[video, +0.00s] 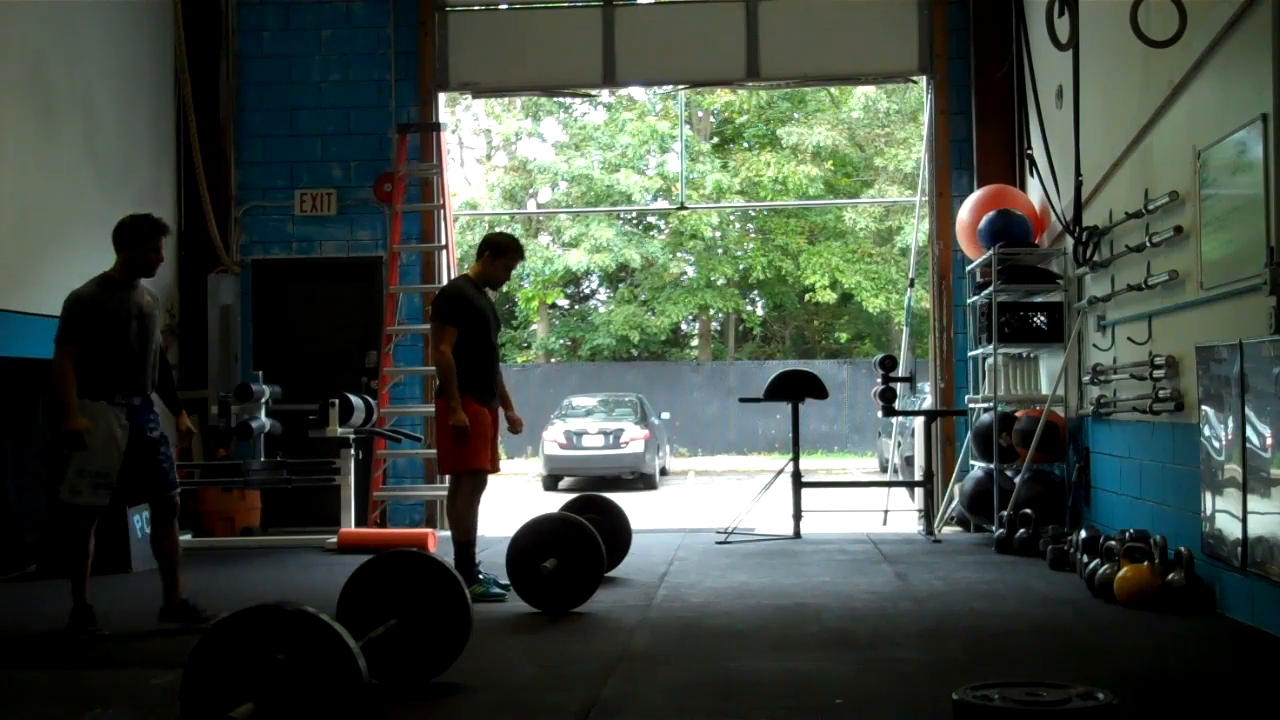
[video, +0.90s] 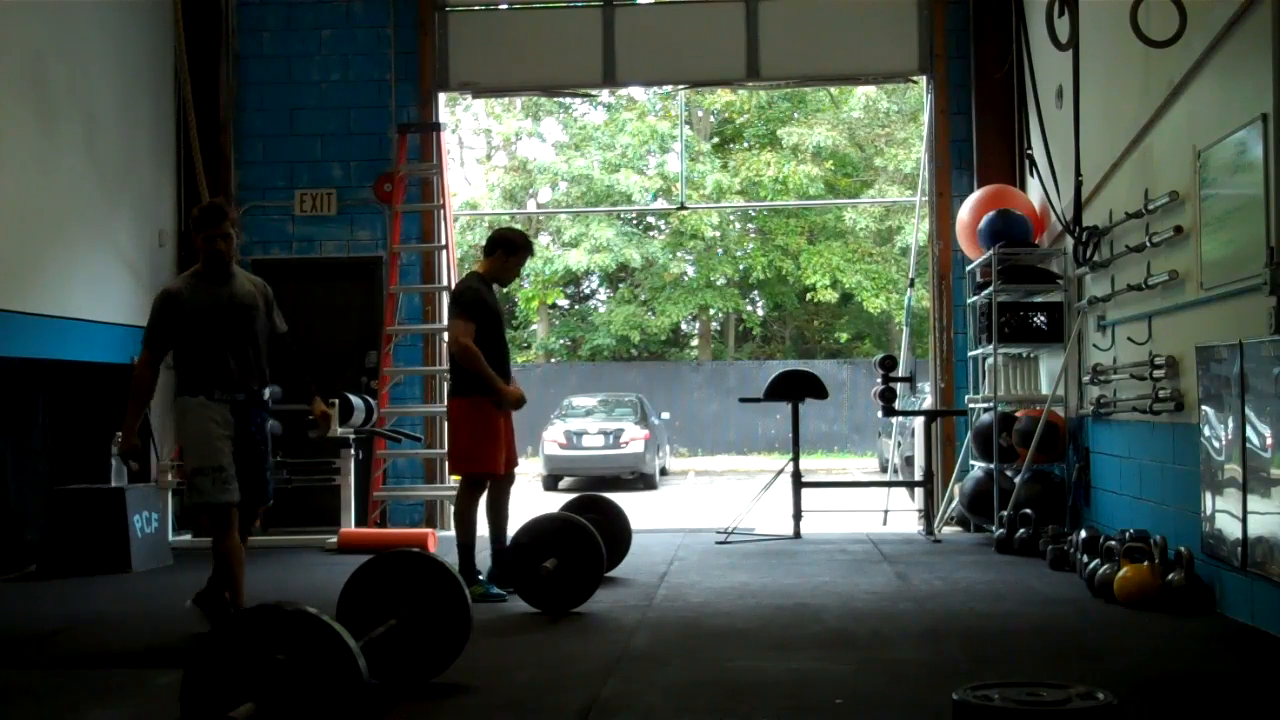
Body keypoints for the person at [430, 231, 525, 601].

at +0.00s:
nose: (508, 278)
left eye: (511, 271)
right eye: (507, 270)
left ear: (493, 261)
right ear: (488, 258)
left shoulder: (482, 299)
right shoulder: (455, 293)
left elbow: (490, 361)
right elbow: (441, 350)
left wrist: (508, 407)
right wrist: (454, 406)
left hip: (483, 405)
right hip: (464, 405)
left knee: (470, 485)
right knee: (469, 484)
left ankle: (467, 571)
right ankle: (466, 574)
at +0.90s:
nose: (518, 274)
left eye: (521, 268)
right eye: (518, 266)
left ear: (501, 257)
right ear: (500, 256)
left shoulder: (486, 292)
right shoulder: (470, 289)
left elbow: (487, 348)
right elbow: (460, 342)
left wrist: (508, 387)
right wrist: (501, 387)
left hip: (493, 402)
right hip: (473, 402)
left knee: (502, 480)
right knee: (474, 483)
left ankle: (500, 566)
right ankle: (468, 576)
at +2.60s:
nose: (576, 283)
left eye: (580, 277)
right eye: (577, 274)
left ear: (558, 260)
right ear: (560, 260)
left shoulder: (538, 294)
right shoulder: (528, 293)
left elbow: (535, 356)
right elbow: (526, 355)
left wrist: (552, 407)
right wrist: (552, 408)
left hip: (533, 402)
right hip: (522, 402)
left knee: (544, 480)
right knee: (531, 482)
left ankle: (529, 571)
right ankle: (520, 576)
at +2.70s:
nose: (578, 284)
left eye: (583, 278)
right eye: (580, 275)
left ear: (560, 261)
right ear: (564, 261)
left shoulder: (539, 295)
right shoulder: (530, 293)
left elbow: (533, 356)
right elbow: (527, 356)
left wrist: (547, 408)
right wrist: (546, 409)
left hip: (534, 402)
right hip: (521, 402)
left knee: (553, 476)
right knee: (530, 481)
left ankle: (534, 563)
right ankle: (520, 576)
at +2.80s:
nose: (580, 286)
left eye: (585, 279)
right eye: (582, 276)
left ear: (562, 262)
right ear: (566, 262)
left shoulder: (540, 295)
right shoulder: (533, 294)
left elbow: (536, 357)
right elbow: (528, 356)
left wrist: (546, 408)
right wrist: (539, 411)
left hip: (534, 401)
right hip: (520, 402)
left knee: (552, 476)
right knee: (529, 481)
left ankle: (536, 564)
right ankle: (520, 574)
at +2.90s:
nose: (584, 286)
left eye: (589, 279)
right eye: (586, 277)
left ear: (565, 262)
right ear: (571, 263)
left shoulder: (543, 296)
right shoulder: (535, 295)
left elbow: (537, 358)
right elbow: (529, 357)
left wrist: (546, 408)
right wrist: (538, 411)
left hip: (536, 403)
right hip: (523, 403)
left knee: (546, 480)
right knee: (526, 483)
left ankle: (545, 566)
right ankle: (520, 574)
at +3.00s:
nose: (586, 288)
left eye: (591, 282)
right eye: (589, 279)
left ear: (568, 262)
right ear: (574, 264)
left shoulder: (546, 296)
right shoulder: (539, 296)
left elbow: (539, 357)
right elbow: (530, 356)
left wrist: (550, 407)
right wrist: (542, 411)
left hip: (539, 404)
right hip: (525, 404)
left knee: (544, 486)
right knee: (521, 487)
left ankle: (553, 567)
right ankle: (520, 574)